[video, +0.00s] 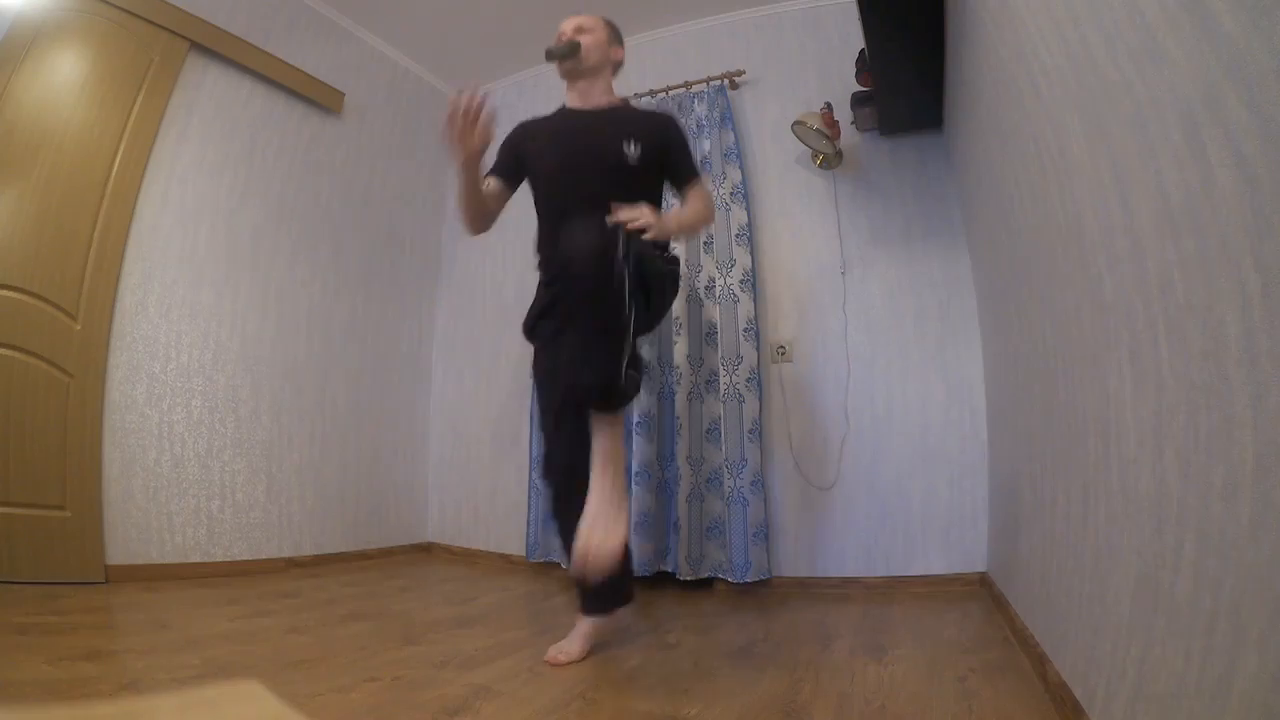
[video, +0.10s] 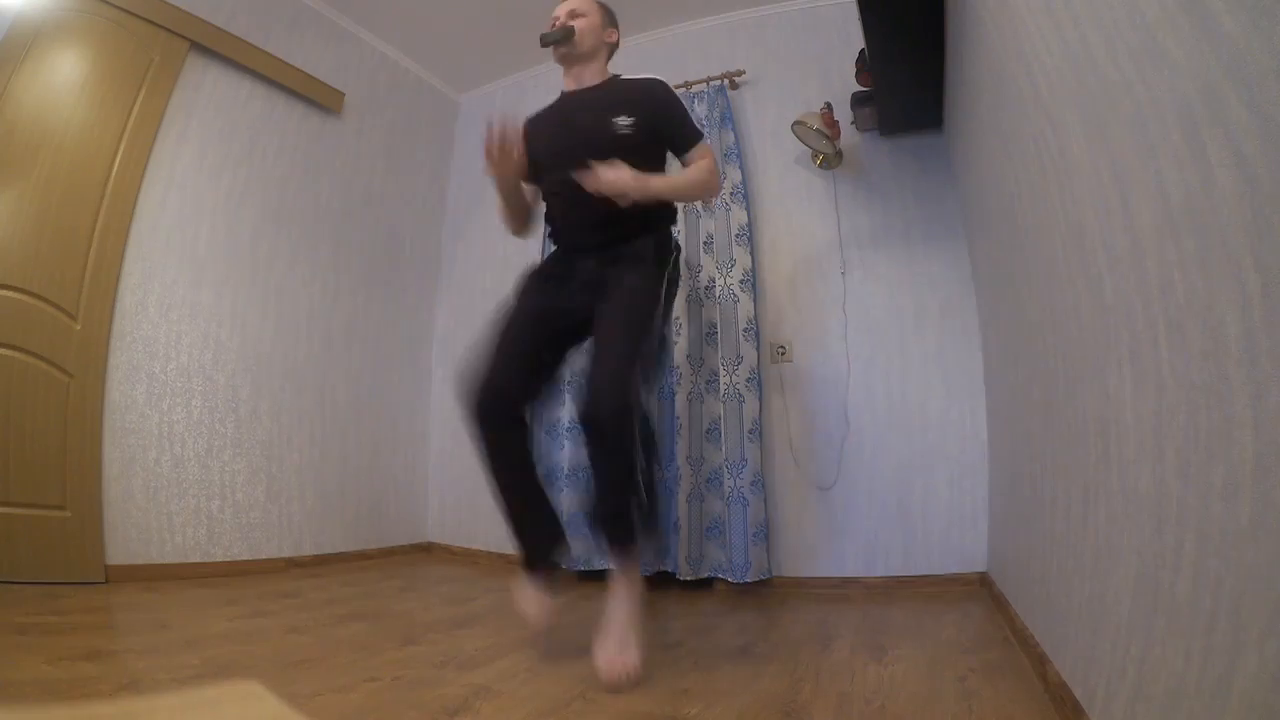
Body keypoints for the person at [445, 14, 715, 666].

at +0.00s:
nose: (566, 34)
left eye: (583, 28)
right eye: (560, 31)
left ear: (616, 53)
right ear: (554, 61)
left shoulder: (654, 127)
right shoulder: (530, 135)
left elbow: (700, 205)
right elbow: (478, 217)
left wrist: (663, 222)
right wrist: (468, 163)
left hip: (638, 286)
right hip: (565, 298)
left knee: (589, 244)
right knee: (567, 461)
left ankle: (609, 457)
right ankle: (598, 605)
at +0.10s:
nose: (559, 18)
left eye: (576, 11)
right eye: (555, 16)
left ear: (611, 36)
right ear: (550, 47)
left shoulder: (648, 96)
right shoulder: (540, 125)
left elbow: (708, 177)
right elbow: (521, 222)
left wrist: (639, 184)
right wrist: (507, 178)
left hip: (638, 264)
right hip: (567, 269)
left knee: (605, 403)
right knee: (494, 398)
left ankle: (625, 576)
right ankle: (541, 558)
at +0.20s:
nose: (563, 37)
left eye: (580, 28)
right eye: (558, 33)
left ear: (616, 50)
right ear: (553, 60)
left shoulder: (639, 113)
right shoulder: (551, 144)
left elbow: (676, 200)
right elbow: (561, 242)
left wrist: (573, 143)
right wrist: (506, 260)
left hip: (634, 299)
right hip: (568, 293)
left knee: (634, 470)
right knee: (443, 274)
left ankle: (640, 630)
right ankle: (491, 455)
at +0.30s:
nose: (564, 16)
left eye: (582, 10)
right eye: (558, 14)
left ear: (615, 38)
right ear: (549, 42)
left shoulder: (637, 96)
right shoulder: (542, 124)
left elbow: (659, 161)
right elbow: (570, 208)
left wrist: (575, 92)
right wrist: (538, 243)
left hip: (630, 285)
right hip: (561, 278)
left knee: (623, 438)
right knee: (456, 322)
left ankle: (632, 619)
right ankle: (503, 509)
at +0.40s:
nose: (563, 10)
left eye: (581, 3)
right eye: (559, 5)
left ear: (614, 26)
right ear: (552, 31)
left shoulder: (652, 97)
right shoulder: (534, 110)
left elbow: (695, 180)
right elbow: (518, 198)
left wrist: (602, 136)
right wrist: (506, 211)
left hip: (628, 241)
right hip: (552, 257)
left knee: (591, 309)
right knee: (534, 432)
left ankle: (621, 507)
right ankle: (559, 616)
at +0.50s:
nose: (561, 26)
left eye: (579, 20)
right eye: (555, 23)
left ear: (612, 48)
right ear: (548, 54)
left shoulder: (652, 122)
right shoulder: (523, 131)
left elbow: (701, 210)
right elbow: (472, 220)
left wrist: (671, 217)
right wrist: (464, 166)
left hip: (634, 281)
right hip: (554, 293)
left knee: (565, 189)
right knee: (563, 461)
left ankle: (600, 408)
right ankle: (596, 622)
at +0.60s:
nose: (555, 10)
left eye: (573, 4)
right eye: (551, 6)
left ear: (606, 25)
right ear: (546, 31)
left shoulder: (648, 92)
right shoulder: (531, 110)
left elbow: (697, 167)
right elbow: (491, 206)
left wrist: (664, 191)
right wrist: (492, 141)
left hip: (633, 246)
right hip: (558, 260)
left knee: (568, 296)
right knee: (530, 427)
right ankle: (557, 609)